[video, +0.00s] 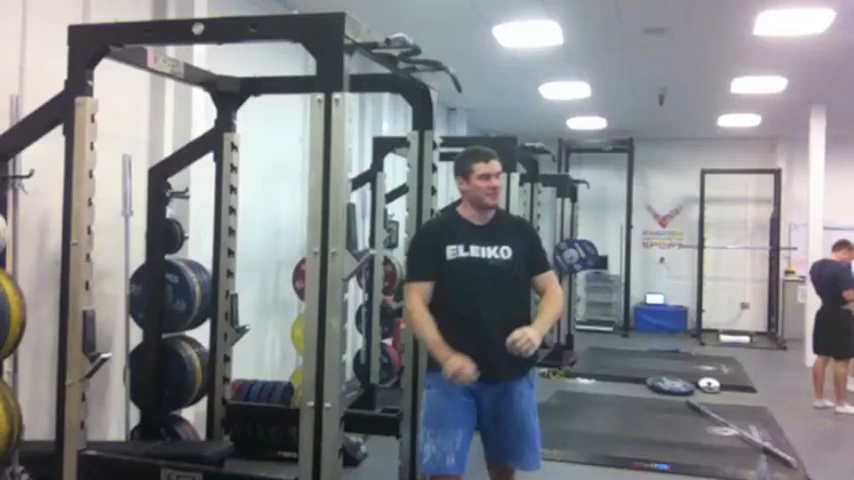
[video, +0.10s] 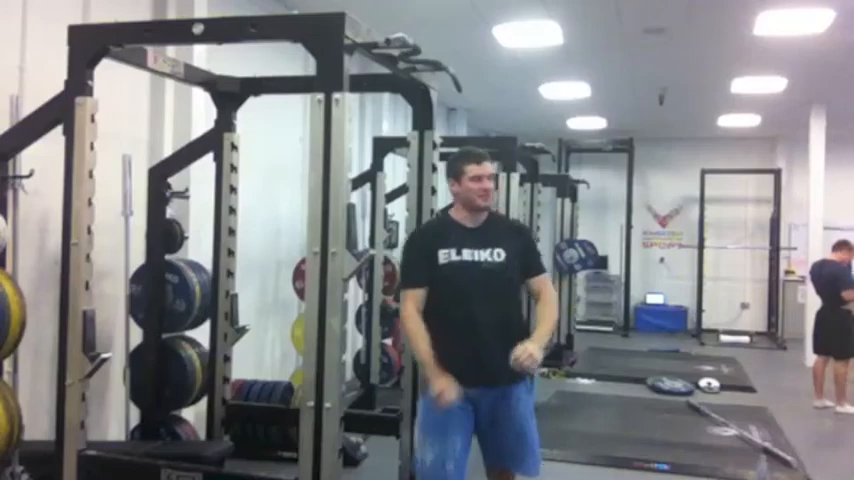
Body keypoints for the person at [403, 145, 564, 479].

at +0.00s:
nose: (494, 183)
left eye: (498, 176)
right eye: (484, 177)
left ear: (504, 179)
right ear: (462, 184)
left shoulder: (520, 231)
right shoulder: (433, 233)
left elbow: (554, 292)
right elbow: (414, 303)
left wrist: (537, 329)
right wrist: (447, 357)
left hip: (511, 378)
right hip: (451, 377)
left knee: (505, 470)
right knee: (443, 472)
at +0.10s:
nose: (486, 186)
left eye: (491, 178)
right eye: (477, 179)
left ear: (497, 182)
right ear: (454, 186)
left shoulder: (516, 235)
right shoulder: (426, 239)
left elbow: (547, 295)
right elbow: (410, 311)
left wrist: (537, 342)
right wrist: (434, 373)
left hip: (509, 385)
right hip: (446, 386)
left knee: (511, 472)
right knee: (438, 473)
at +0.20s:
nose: (474, 183)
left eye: (478, 175)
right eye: (463, 176)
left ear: (483, 180)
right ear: (439, 183)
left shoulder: (504, 233)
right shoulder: (415, 240)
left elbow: (530, 299)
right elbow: (402, 319)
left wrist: (540, 365)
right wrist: (404, 397)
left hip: (501, 385)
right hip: (436, 387)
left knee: (519, 472)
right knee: (434, 473)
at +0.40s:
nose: (446, 180)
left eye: (451, 170)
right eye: (434, 173)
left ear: (460, 173)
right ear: (418, 181)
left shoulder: (491, 229)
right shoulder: (395, 239)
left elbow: (524, 298)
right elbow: (365, 309)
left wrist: (545, 374)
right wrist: (351, 388)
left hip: (491, 389)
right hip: (423, 393)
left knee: (519, 475)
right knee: (413, 475)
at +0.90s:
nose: (424, 183)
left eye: (432, 171)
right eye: (414, 176)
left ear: (452, 171)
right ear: (407, 182)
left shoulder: (494, 235)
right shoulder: (388, 242)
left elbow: (528, 314)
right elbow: (368, 325)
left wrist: (508, 398)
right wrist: (372, 409)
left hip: (476, 415)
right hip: (403, 415)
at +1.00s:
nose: (427, 186)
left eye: (435, 174)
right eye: (417, 179)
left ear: (456, 175)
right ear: (410, 186)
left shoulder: (500, 239)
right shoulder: (393, 244)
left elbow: (536, 320)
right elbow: (375, 325)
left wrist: (493, 395)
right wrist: (397, 401)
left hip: (475, 417)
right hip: (409, 416)